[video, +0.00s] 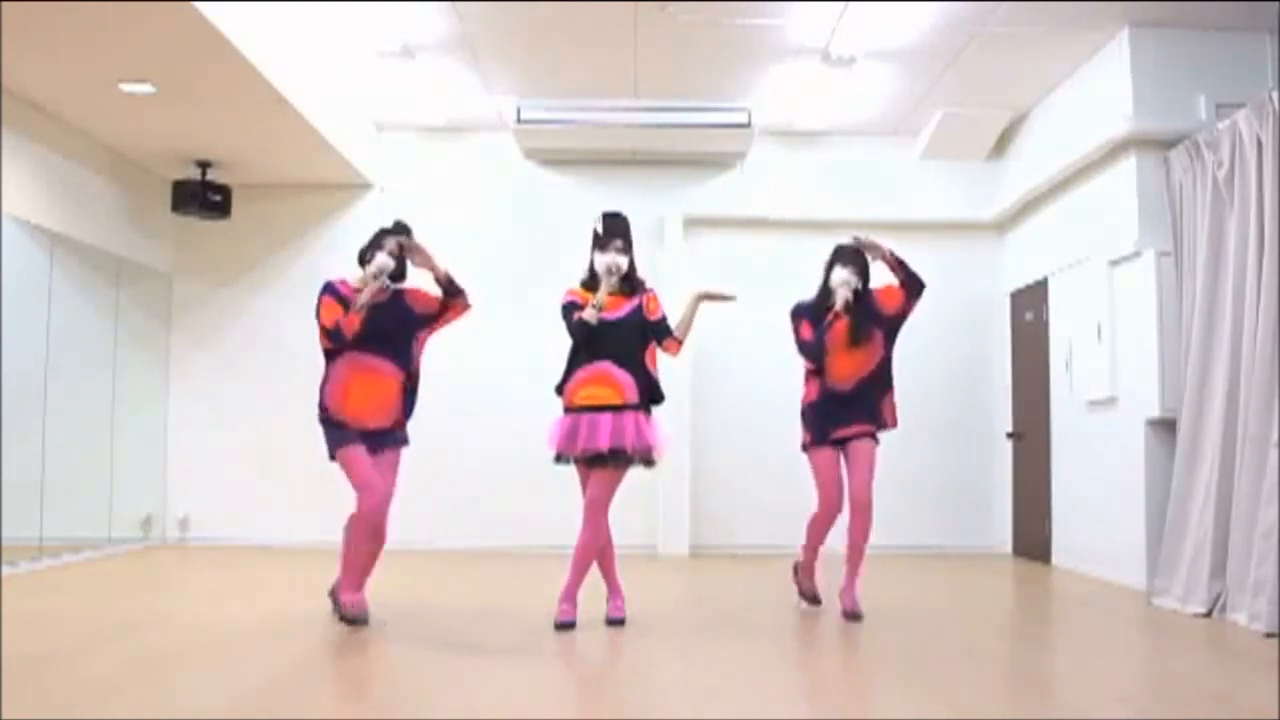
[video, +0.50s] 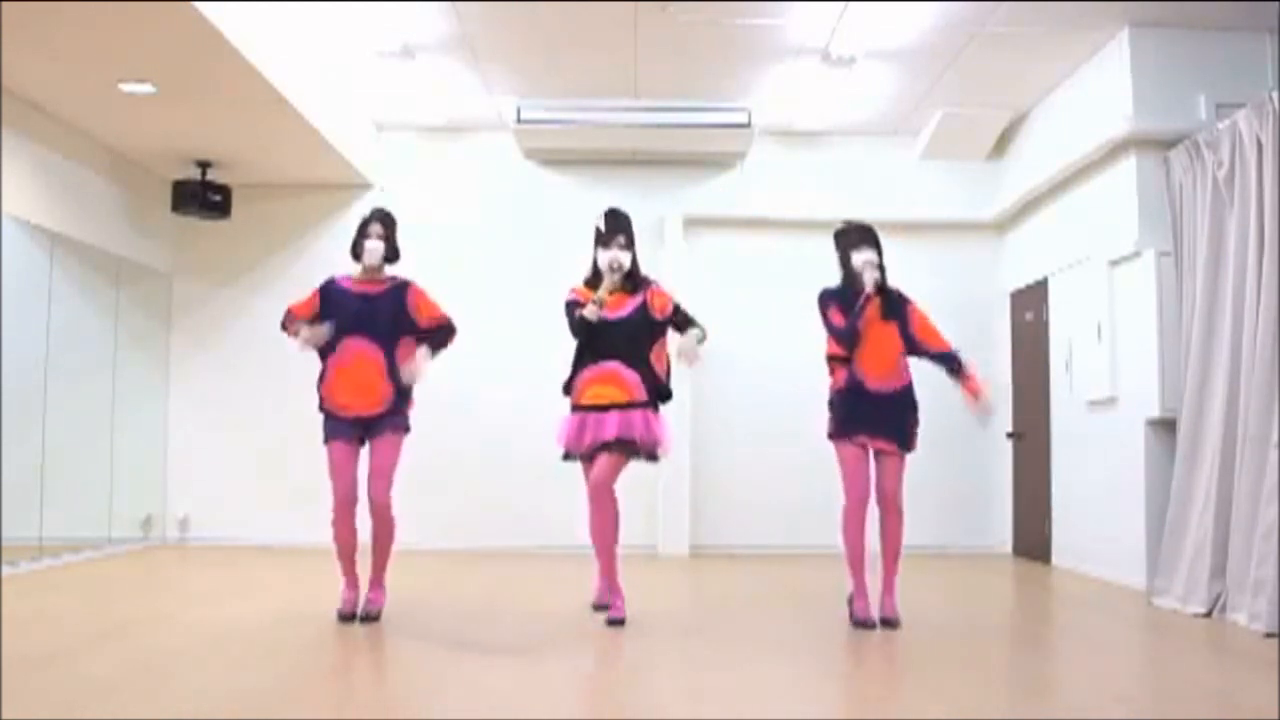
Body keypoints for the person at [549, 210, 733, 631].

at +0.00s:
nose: (613, 261)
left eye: (621, 252)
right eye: (606, 252)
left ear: (631, 255)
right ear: (593, 253)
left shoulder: (642, 297)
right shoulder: (576, 295)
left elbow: (671, 344)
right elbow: (579, 332)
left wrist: (695, 300)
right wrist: (602, 289)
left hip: (624, 407)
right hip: (582, 406)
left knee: (596, 503)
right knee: (594, 505)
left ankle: (567, 595)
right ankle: (615, 592)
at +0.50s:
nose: (615, 257)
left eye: (622, 248)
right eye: (607, 249)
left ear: (633, 252)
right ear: (596, 252)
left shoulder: (651, 296)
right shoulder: (581, 295)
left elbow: (694, 329)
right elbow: (578, 328)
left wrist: (687, 342)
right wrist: (595, 305)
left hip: (632, 401)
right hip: (589, 401)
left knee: (600, 482)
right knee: (595, 489)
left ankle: (607, 582)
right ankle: (610, 587)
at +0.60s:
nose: (615, 256)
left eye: (623, 247)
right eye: (608, 247)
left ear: (634, 251)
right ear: (596, 250)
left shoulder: (651, 295)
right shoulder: (582, 294)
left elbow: (682, 347)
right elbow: (582, 327)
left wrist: (698, 393)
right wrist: (602, 293)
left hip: (637, 401)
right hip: (593, 400)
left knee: (608, 478)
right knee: (600, 489)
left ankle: (634, 557)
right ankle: (612, 589)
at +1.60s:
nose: (615, 257)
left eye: (622, 248)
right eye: (608, 248)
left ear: (637, 249)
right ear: (600, 251)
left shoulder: (656, 296)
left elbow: (663, 351)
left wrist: (638, 384)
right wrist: (581, 317)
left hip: (646, 402)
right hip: (603, 404)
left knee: (643, 504)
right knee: (610, 503)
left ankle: (644, 593)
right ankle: (613, 591)